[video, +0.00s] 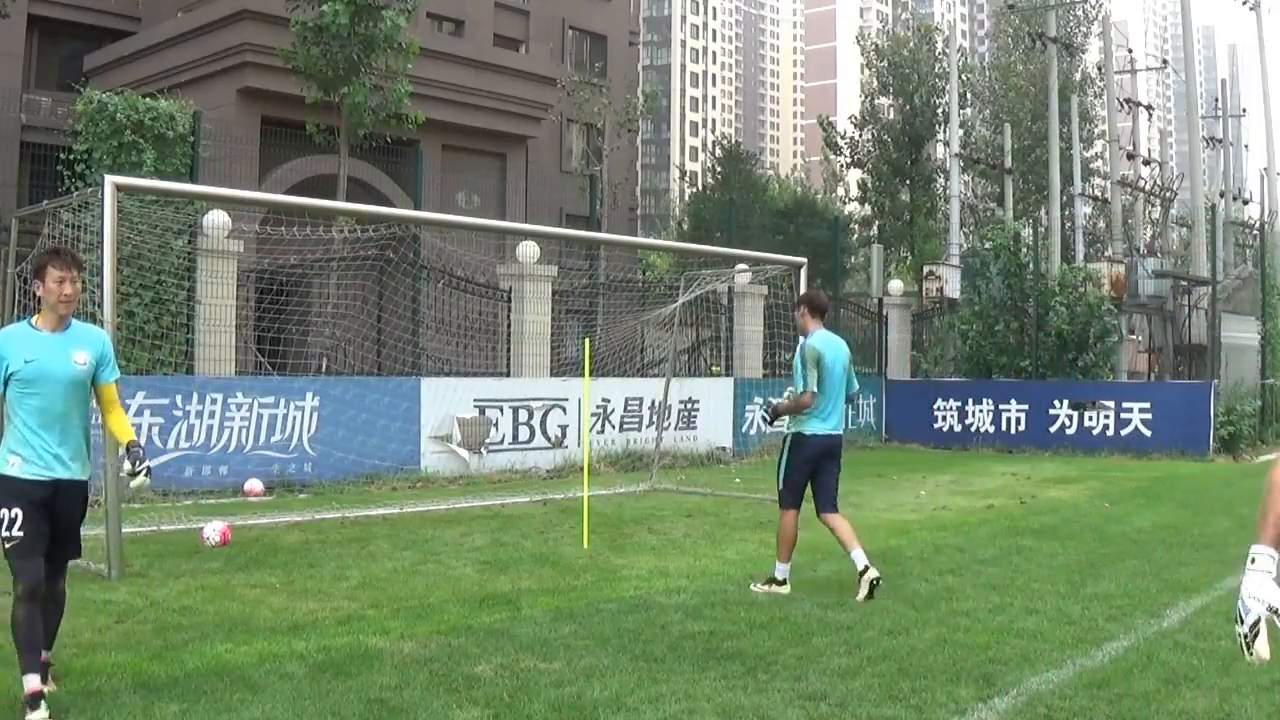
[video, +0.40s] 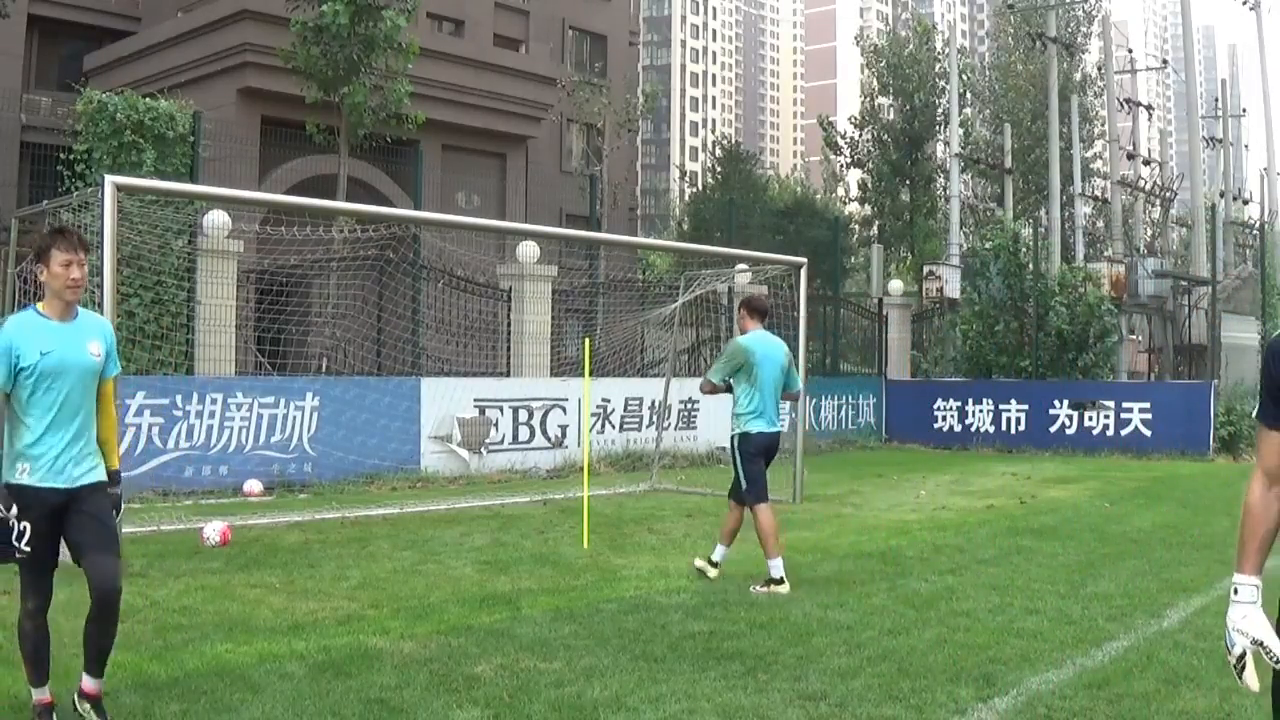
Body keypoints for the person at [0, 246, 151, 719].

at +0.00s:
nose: (69, 289)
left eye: (74, 282)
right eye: (60, 281)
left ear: (80, 288)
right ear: (38, 286)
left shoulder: (96, 341)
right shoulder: (7, 340)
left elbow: (112, 407)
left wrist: (131, 446)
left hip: (71, 479)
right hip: (18, 477)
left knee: (54, 581)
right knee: (29, 583)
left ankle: (43, 662)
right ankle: (33, 691)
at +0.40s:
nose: (77, 274)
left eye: (82, 265)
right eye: (66, 265)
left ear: (88, 270)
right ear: (41, 271)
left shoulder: (100, 329)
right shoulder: (13, 332)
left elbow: (107, 409)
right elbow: (1, 413)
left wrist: (113, 476)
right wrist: (0, 489)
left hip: (89, 482)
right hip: (29, 486)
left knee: (109, 587)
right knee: (34, 603)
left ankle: (90, 692)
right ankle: (42, 704)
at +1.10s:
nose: (141, 277)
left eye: (148, 267)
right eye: (129, 267)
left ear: (157, 269)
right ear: (104, 270)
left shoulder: (180, 331)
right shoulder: (75, 333)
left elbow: (204, 417)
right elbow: (37, 420)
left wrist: (234, 487)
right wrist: (26, 505)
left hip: (163, 517)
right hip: (99, 514)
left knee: (138, 649)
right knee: (111, 646)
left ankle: (127, 718)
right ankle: (100, 718)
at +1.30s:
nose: (159, 288)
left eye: (168, 277)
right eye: (149, 276)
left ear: (178, 274)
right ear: (122, 269)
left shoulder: (196, 332)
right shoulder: (87, 338)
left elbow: (231, 409)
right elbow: (47, 428)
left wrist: (270, 464)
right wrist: (32, 514)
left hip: (185, 526)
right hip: (122, 526)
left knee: (171, 661)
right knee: (132, 671)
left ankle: (130, 714)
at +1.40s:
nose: (178, 291)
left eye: (188, 281)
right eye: (169, 278)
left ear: (198, 275)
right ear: (142, 262)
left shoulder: (206, 324)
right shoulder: (100, 332)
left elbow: (236, 397)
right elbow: (58, 426)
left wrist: (270, 460)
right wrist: (51, 521)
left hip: (201, 527)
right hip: (132, 530)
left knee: (224, 666)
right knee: (137, 677)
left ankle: (161, 715)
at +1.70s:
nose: (236, 291)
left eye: (250, 281)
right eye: (229, 274)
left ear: (262, 278)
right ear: (204, 254)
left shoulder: (253, 325)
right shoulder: (163, 318)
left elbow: (229, 416)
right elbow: (153, 415)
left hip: (245, 532)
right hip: (177, 537)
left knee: (299, 676)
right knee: (158, 690)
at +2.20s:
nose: (416, 283)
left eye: (429, 273)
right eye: (406, 266)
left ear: (439, 270)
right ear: (373, 251)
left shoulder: (426, 321)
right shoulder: (342, 303)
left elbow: (432, 418)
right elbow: (429, 367)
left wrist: (471, 472)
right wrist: (508, 365)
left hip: (417, 538)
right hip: (364, 538)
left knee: (379, 701)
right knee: (433, 700)